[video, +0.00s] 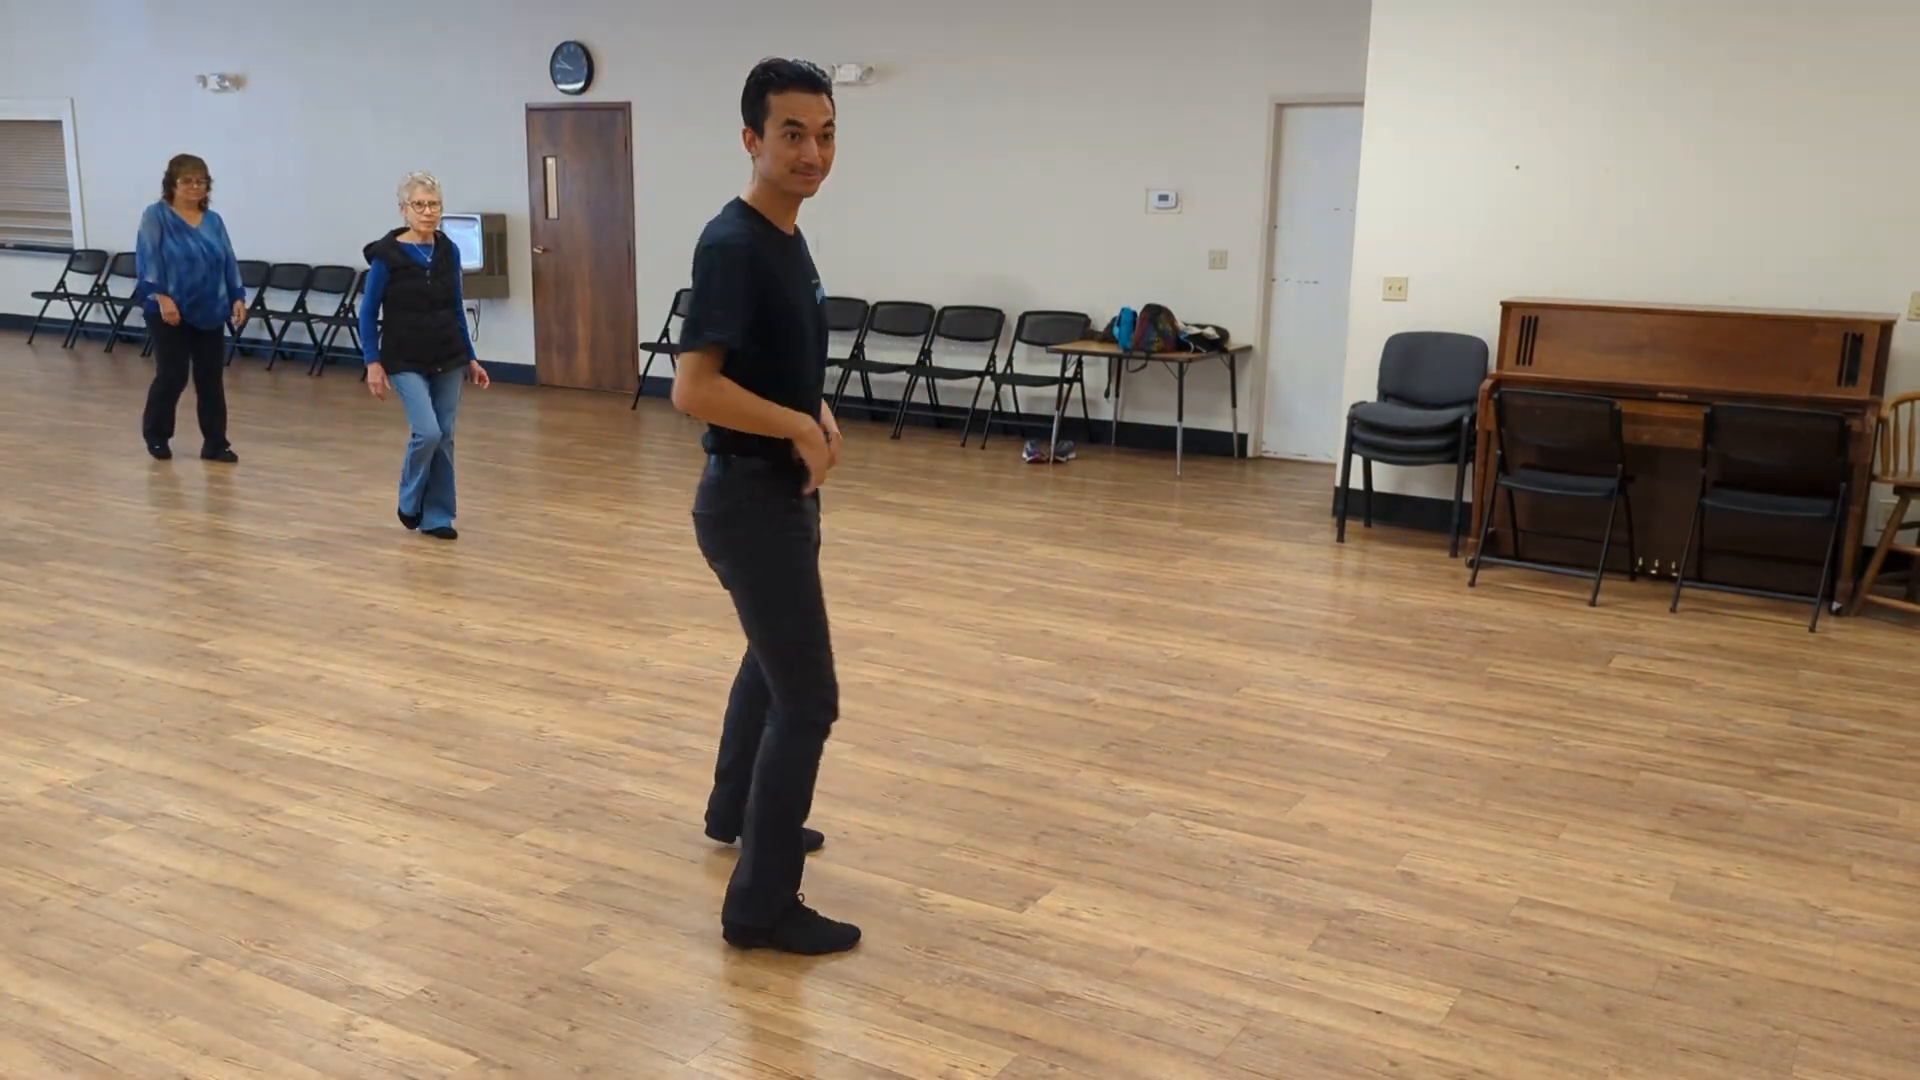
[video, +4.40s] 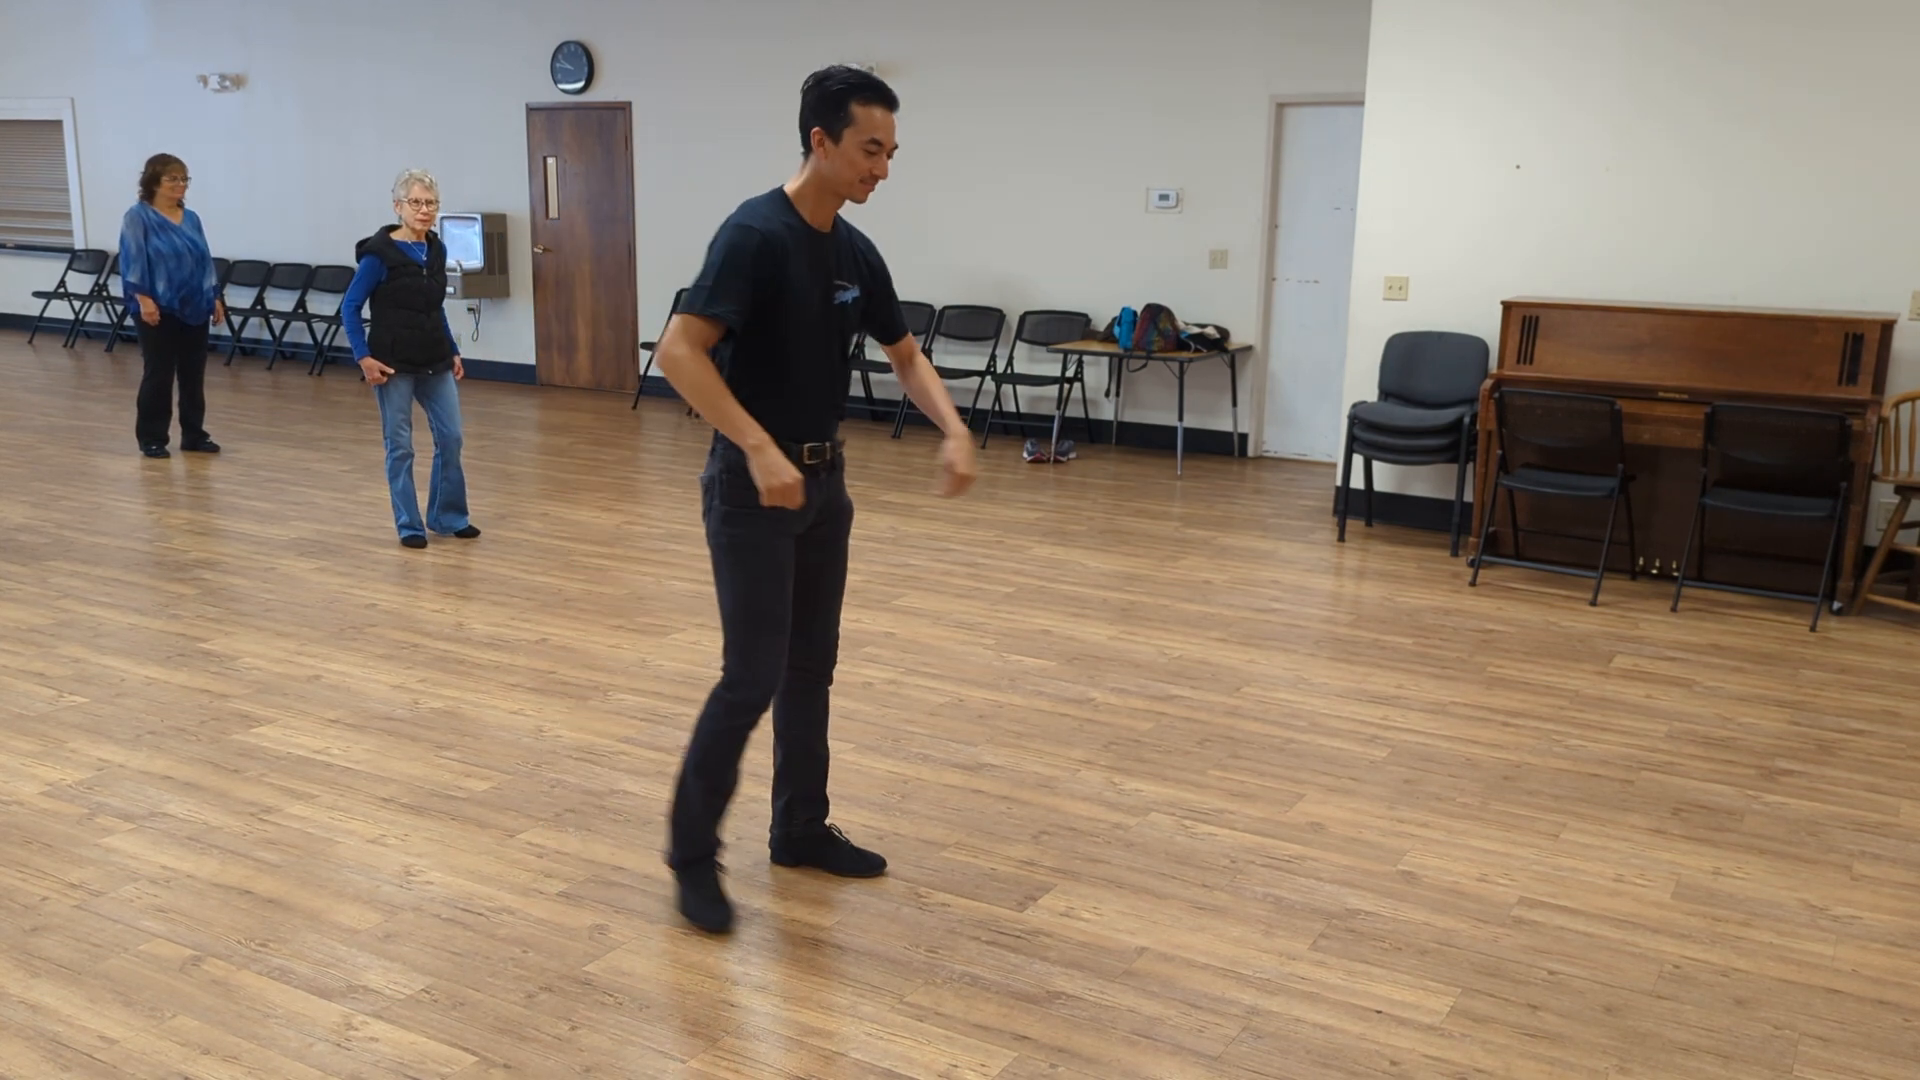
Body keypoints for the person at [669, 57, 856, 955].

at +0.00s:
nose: (813, 152)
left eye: (825, 136)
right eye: (794, 134)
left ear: (835, 145)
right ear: (752, 139)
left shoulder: (786, 238)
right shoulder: (732, 244)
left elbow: (778, 358)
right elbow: (695, 387)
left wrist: (815, 413)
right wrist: (799, 427)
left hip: (780, 490)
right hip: (751, 500)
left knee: (774, 657)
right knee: (808, 698)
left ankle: (737, 807)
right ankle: (760, 908)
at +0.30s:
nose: (762, 142)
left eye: (774, 127)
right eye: (743, 125)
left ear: (785, 135)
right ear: (705, 132)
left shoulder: (781, 233)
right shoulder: (663, 236)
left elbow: (779, 333)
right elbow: (590, 355)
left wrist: (776, 405)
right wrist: (695, 421)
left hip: (746, 484)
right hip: (673, 484)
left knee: (744, 655)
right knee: (686, 668)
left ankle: (735, 810)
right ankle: (640, 853)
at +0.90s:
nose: (624, 142)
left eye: (636, 127)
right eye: (606, 127)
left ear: (649, 134)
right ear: (570, 135)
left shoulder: (665, 211)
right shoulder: (533, 241)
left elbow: (650, 317)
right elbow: (450, 352)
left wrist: (656, 398)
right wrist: (557, 401)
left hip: (660, 462)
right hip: (577, 474)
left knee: (699, 636)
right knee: (571, 662)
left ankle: (725, 798)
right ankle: (568, 842)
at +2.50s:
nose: (741, 149)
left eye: (738, 135)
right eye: (735, 136)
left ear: (689, 143)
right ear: (704, 145)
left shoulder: (704, 229)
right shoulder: (599, 223)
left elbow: (665, 322)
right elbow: (488, 279)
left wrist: (676, 403)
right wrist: (557, 380)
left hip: (698, 471)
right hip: (622, 473)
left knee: (707, 643)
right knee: (600, 660)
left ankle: (711, 793)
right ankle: (571, 838)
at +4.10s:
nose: (827, 165)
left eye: (831, 150)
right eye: (813, 148)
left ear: (793, 152)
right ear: (760, 145)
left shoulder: (793, 236)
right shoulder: (685, 230)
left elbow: (744, 329)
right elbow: (562, 283)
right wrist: (633, 381)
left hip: (769, 482)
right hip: (692, 483)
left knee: (784, 665)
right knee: (653, 669)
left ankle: (798, 827)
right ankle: (582, 832)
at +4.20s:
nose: (855, 165)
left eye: (859, 150)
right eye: (843, 147)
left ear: (839, 151)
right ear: (788, 143)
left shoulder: (822, 241)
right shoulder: (714, 232)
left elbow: (833, 331)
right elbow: (593, 299)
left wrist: (837, 383)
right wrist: (670, 391)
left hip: (792, 480)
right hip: (716, 481)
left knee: (794, 670)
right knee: (696, 673)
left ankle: (799, 829)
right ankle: (598, 823)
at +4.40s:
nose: (884, 166)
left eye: (888, 150)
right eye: (872, 148)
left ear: (866, 150)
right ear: (818, 140)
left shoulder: (857, 252)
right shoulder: (754, 233)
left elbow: (906, 355)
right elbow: (678, 350)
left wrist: (953, 425)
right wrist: (757, 446)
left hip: (822, 486)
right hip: (749, 490)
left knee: (809, 671)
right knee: (751, 677)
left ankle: (800, 830)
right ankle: (691, 853)